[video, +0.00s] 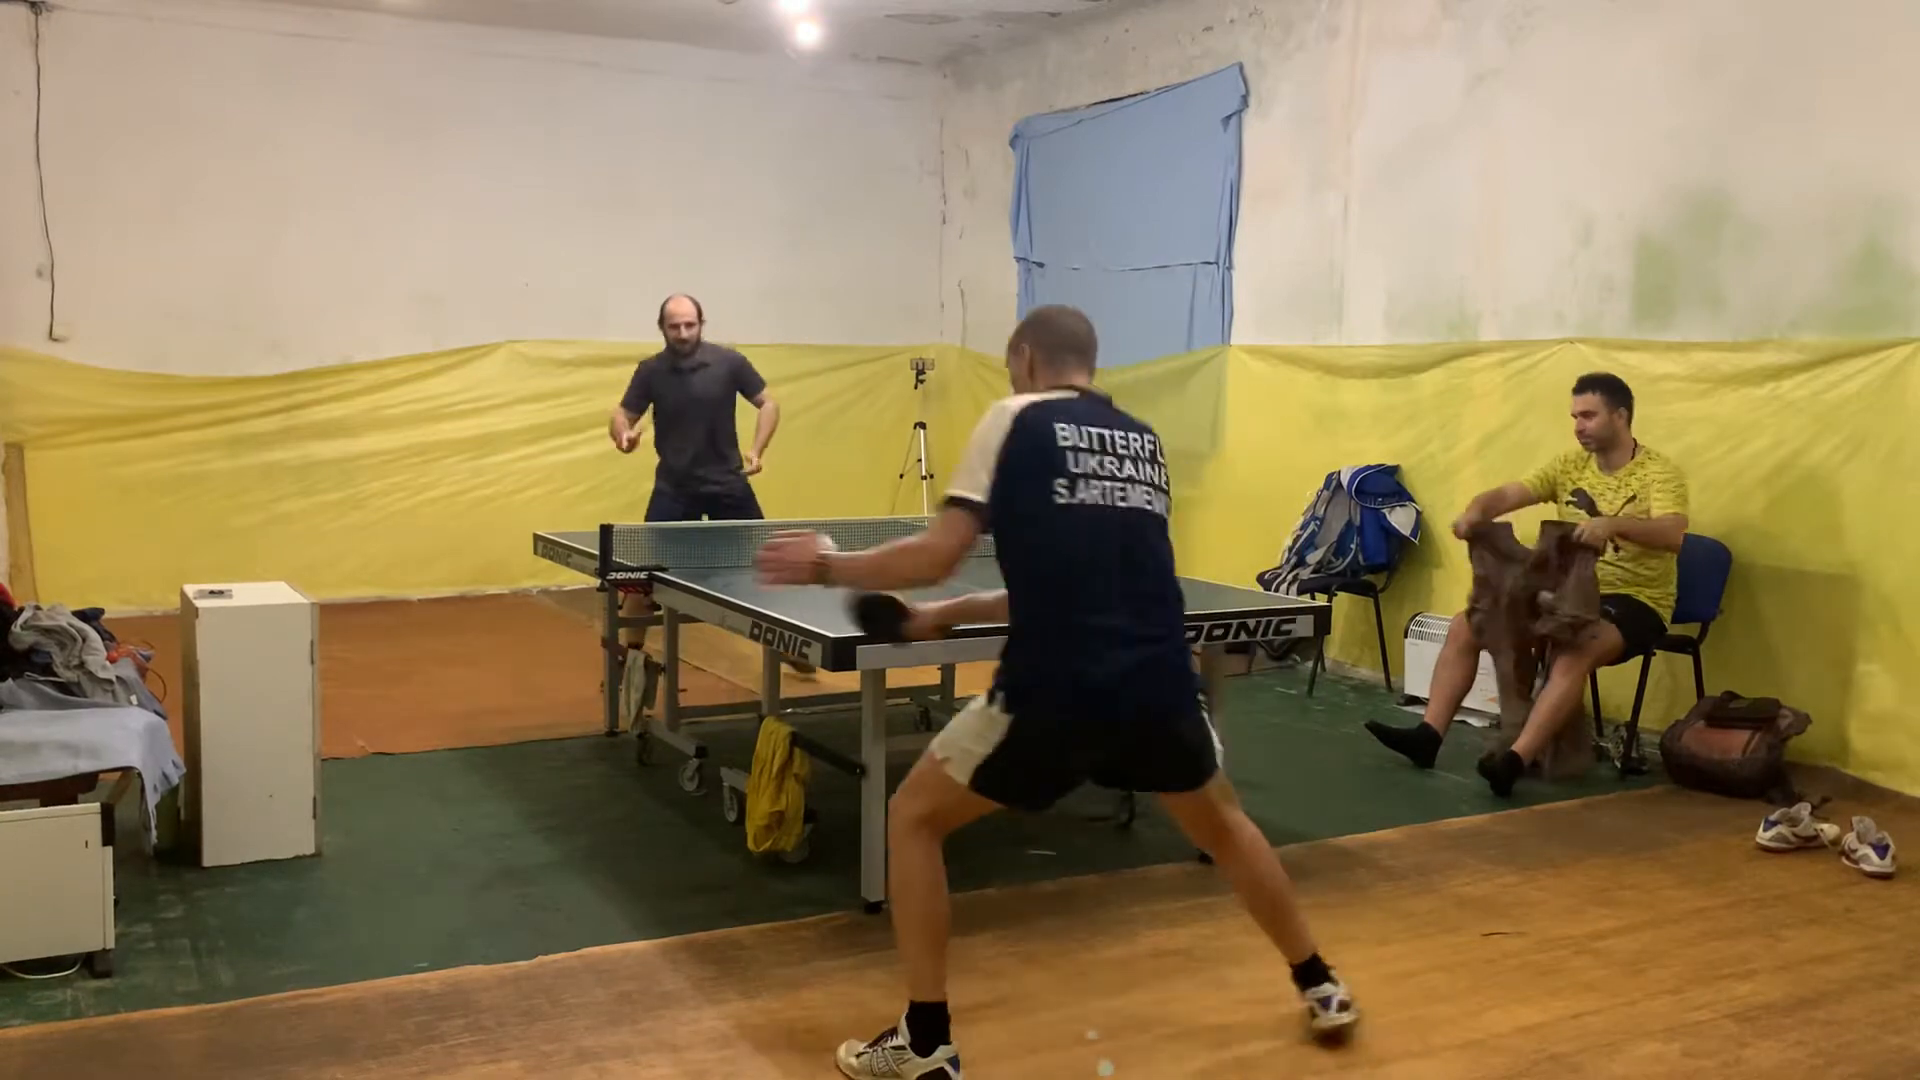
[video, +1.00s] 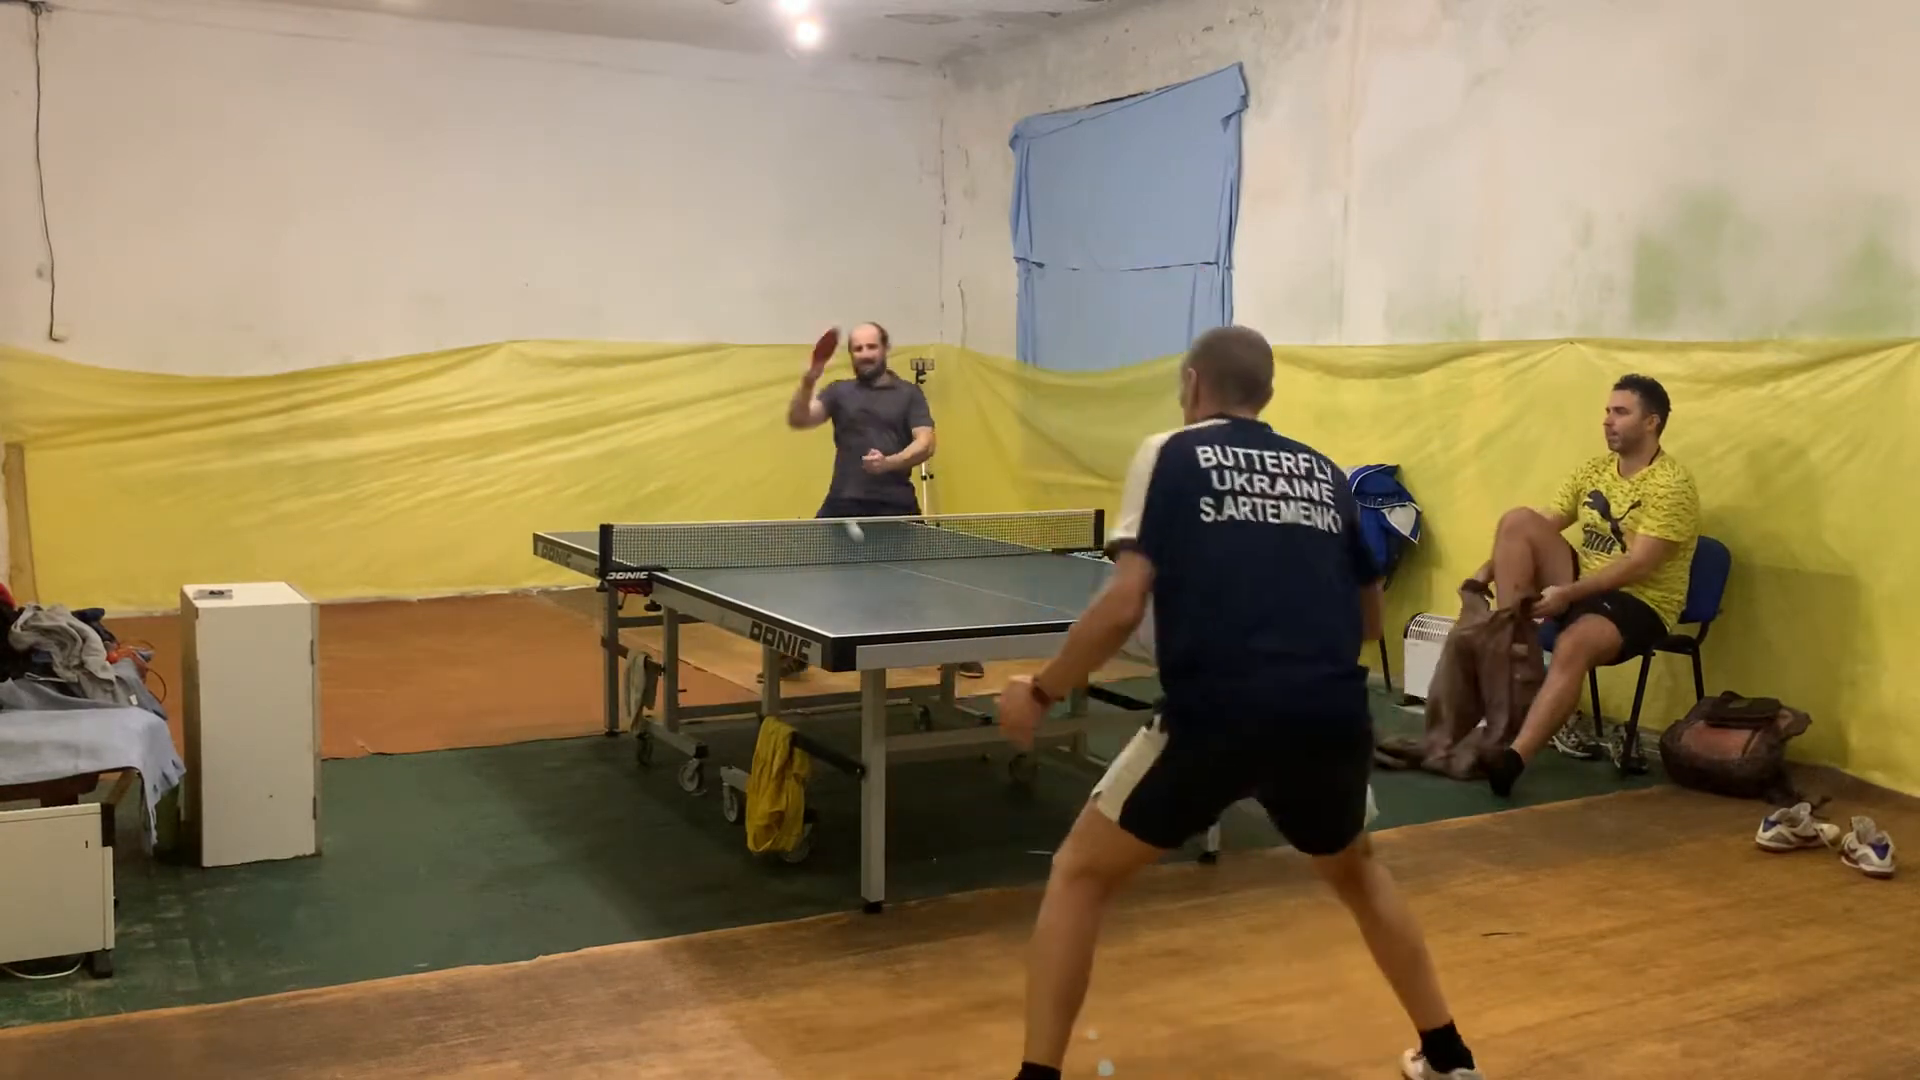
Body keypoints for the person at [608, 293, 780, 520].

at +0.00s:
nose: (682, 334)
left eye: (689, 326)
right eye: (674, 327)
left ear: (701, 324)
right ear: (662, 328)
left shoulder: (729, 363)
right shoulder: (650, 371)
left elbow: (768, 405)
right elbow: (623, 415)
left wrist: (756, 451)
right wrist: (623, 436)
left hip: (726, 485)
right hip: (673, 487)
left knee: (759, 552)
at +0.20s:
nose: (687, 353)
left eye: (693, 344)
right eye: (678, 346)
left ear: (705, 341)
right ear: (667, 348)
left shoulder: (734, 370)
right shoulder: (669, 391)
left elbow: (770, 411)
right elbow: (656, 437)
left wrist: (734, 448)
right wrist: (644, 462)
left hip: (761, 481)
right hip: (713, 485)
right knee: (683, 550)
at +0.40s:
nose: (712, 397)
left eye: (718, 388)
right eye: (704, 391)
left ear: (733, 385)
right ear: (697, 392)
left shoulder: (754, 411)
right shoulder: (719, 422)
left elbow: (738, 450)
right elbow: (739, 472)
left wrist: (690, 479)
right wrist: (743, 513)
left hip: (800, 518)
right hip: (755, 518)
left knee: (822, 586)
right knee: (697, 572)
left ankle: (848, 655)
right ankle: (701, 660)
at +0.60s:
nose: (778, 398)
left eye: (784, 389)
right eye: (774, 390)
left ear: (807, 384)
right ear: (772, 391)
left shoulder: (837, 415)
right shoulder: (799, 422)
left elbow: (879, 462)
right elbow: (816, 475)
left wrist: (848, 502)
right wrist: (808, 515)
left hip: (856, 525)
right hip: (814, 522)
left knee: (867, 597)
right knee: (754, 575)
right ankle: (711, 656)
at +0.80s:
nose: (857, 358)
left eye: (864, 351)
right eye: (853, 353)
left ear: (886, 355)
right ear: (851, 358)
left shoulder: (912, 399)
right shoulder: (845, 391)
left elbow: (928, 450)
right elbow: (810, 374)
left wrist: (886, 468)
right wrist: (834, 323)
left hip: (882, 515)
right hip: (830, 509)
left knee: (905, 587)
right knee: (778, 557)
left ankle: (948, 662)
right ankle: (772, 643)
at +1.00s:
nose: (864, 354)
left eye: (871, 347)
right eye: (857, 348)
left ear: (886, 350)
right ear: (849, 354)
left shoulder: (908, 393)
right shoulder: (839, 391)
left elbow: (926, 443)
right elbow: (798, 420)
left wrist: (890, 462)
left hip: (896, 507)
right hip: (842, 504)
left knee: (933, 573)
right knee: (802, 567)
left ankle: (961, 646)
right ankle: (793, 651)